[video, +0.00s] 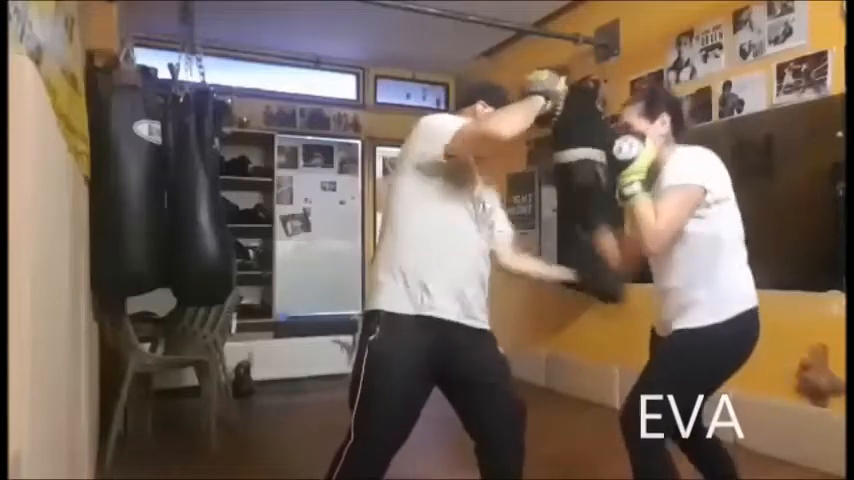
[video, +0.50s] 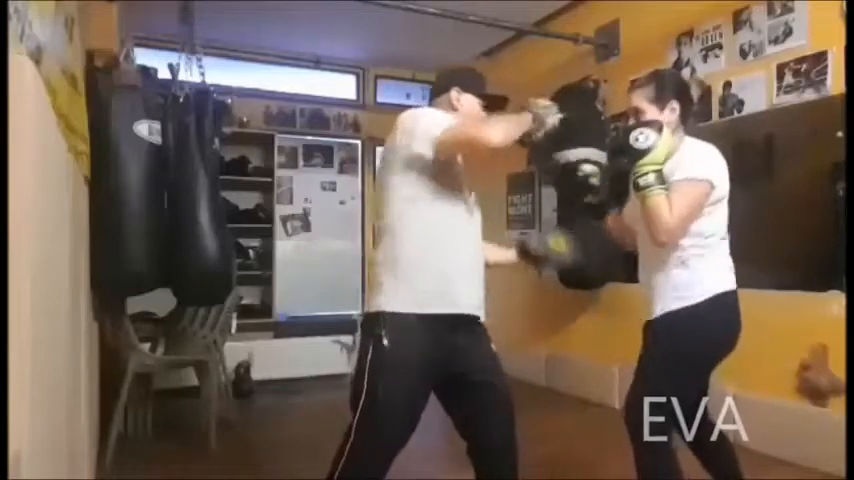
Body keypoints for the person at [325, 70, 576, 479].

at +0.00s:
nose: (493, 125)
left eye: (495, 121)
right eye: (491, 116)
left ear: (485, 120)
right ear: (477, 109)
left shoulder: (486, 194)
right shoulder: (429, 130)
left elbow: (510, 256)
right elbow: (495, 131)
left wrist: (576, 275)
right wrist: (541, 97)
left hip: (467, 329)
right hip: (402, 320)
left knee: (503, 428)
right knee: (373, 441)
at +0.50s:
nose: (486, 111)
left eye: (487, 105)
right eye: (481, 101)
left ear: (461, 102)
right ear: (455, 96)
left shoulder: (454, 163)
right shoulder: (416, 121)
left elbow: (465, 246)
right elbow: (489, 135)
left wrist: (524, 250)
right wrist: (532, 116)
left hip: (461, 324)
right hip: (402, 321)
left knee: (496, 445)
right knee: (369, 450)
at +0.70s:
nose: (468, 111)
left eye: (469, 101)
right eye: (462, 98)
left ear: (432, 96)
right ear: (431, 91)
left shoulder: (442, 151)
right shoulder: (395, 132)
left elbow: (464, 215)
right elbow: (473, 170)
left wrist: (523, 185)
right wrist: (518, 121)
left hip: (453, 326)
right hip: (392, 324)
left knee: (494, 444)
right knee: (363, 455)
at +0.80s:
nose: (468, 111)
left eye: (469, 101)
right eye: (461, 98)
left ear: (436, 95)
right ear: (431, 92)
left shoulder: (448, 152)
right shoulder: (386, 137)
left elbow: (479, 207)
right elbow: (437, 205)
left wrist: (529, 171)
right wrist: (498, 156)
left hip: (452, 326)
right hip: (388, 326)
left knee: (495, 439)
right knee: (357, 457)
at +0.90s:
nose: (483, 119)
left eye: (483, 108)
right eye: (476, 105)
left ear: (449, 104)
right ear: (444, 102)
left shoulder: (460, 153)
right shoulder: (395, 146)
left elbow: (506, 199)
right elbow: (410, 225)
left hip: (455, 330)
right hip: (391, 331)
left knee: (496, 447)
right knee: (361, 456)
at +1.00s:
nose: (500, 128)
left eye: (502, 118)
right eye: (494, 114)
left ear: (466, 112)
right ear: (464, 109)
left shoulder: (463, 158)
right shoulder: (422, 152)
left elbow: (494, 190)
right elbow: (433, 242)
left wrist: (532, 168)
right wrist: (513, 272)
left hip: (460, 331)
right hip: (402, 333)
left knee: (500, 432)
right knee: (370, 454)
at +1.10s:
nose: (513, 139)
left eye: (515, 129)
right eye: (508, 125)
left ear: (478, 120)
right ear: (480, 118)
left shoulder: (464, 161)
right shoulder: (445, 155)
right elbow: (491, 253)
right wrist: (570, 278)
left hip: (462, 333)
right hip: (409, 335)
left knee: (503, 422)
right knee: (382, 453)